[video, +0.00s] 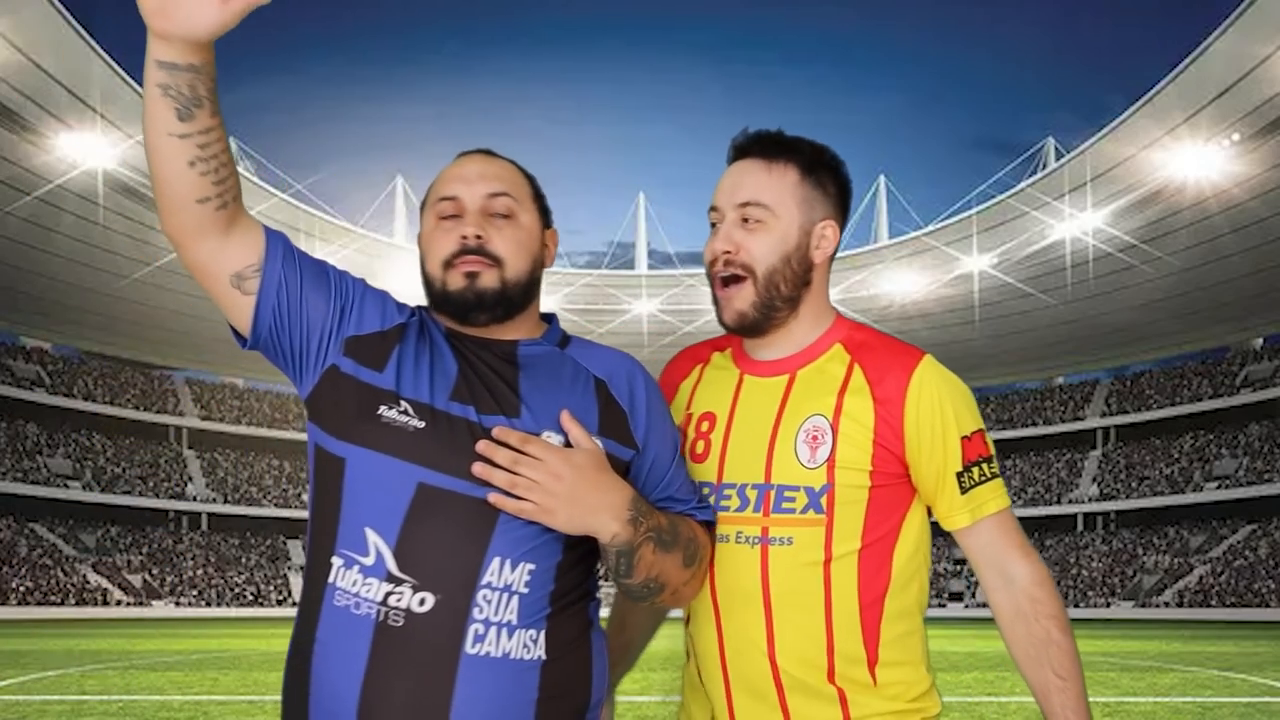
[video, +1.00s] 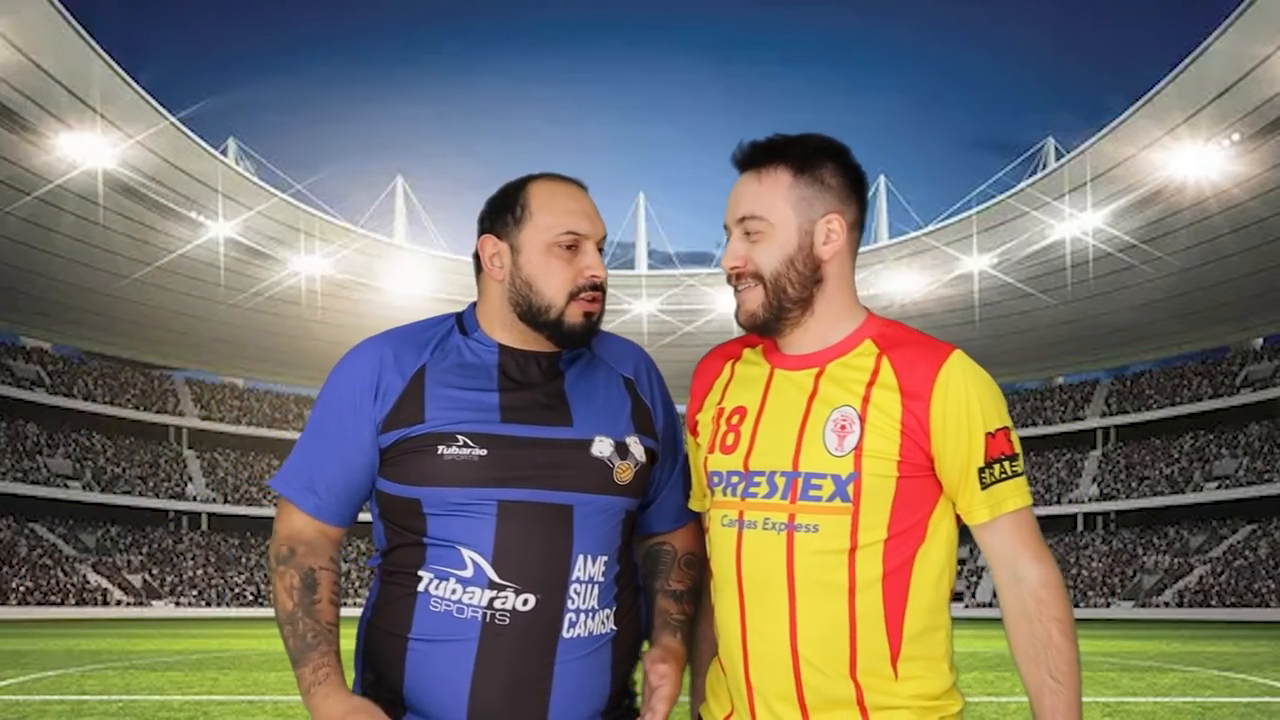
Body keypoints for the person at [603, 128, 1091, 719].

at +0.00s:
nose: (718, 246)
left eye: (751, 220)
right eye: (715, 224)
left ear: (821, 242)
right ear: (707, 238)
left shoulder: (910, 387)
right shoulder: (684, 381)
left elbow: (1012, 577)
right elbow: (655, 561)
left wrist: (1071, 717)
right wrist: (589, 689)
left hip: (872, 708)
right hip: (713, 709)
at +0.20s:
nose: (754, 253)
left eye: (780, 226)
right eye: (762, 227)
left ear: (858, 241)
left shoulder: (968, 396)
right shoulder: (751, 367)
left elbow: (1065, 600)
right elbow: (735, 515)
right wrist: (618, 603)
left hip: (905, 705)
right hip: (743, 706)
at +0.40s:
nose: (804, 265)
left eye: (828, 240)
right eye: (810, 237)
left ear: (906, 250)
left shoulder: (1015, 409)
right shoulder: (789, 362)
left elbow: (1109, 616)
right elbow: (745, 496)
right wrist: (635, 594)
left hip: (945, 707)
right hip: (785, 704)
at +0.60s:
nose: (800, 261)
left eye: (824, 235)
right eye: (809, 233)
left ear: (902, 248)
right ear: (898, 248)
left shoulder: (1016, 404)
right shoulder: (786, 365)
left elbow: (1107, 607)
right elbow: (758, 518)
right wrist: (699, 654)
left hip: (946, 707)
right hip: (783, 704)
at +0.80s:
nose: (766, 257)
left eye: (791, 232)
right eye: (773, 232)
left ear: (867, 240)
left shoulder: (981, 392)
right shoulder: (754, 372)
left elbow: (1060, 590)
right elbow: (737, 537)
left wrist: (1104, 714)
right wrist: (710, 690)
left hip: (922, 706)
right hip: (762, 706)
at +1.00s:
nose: (729, 261)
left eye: (752, 234)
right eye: (730, 237)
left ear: (829, 236)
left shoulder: (940, 382)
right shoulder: (714, 378)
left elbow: (1022, 573)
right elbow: (709, 568)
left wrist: (1059, 714)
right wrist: (703, 699)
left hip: (893, 705)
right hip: (733, 706)